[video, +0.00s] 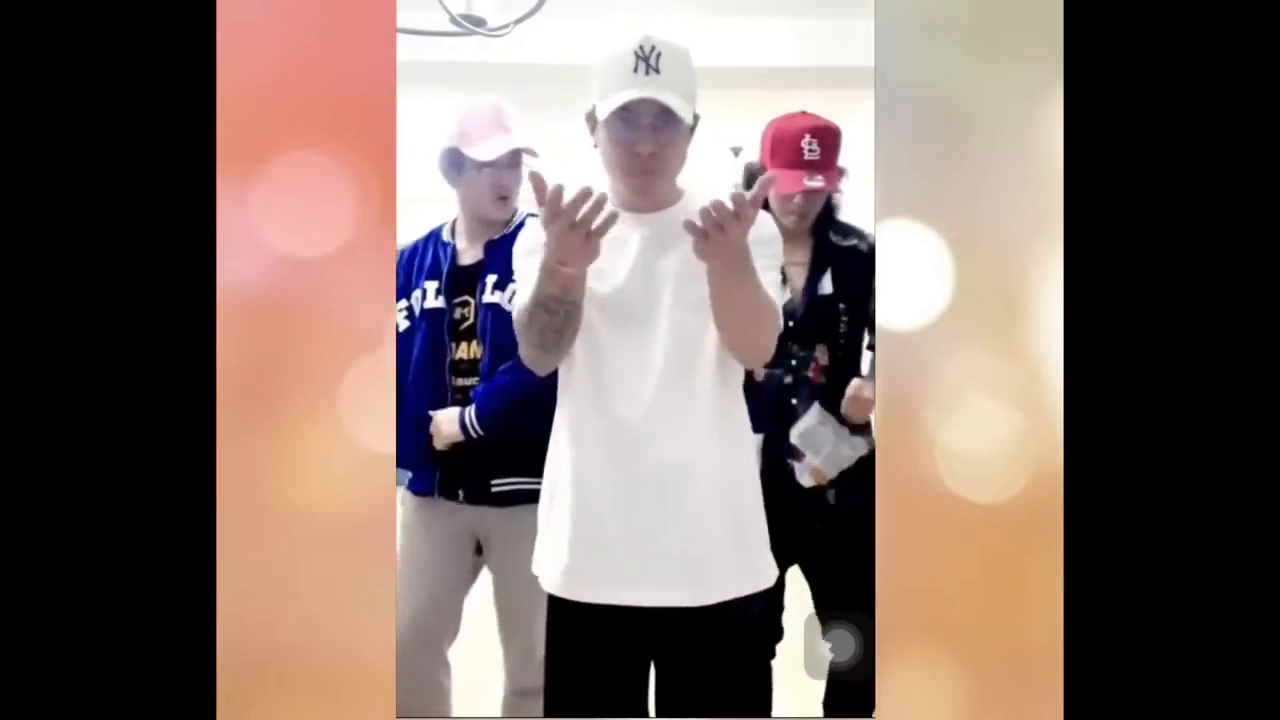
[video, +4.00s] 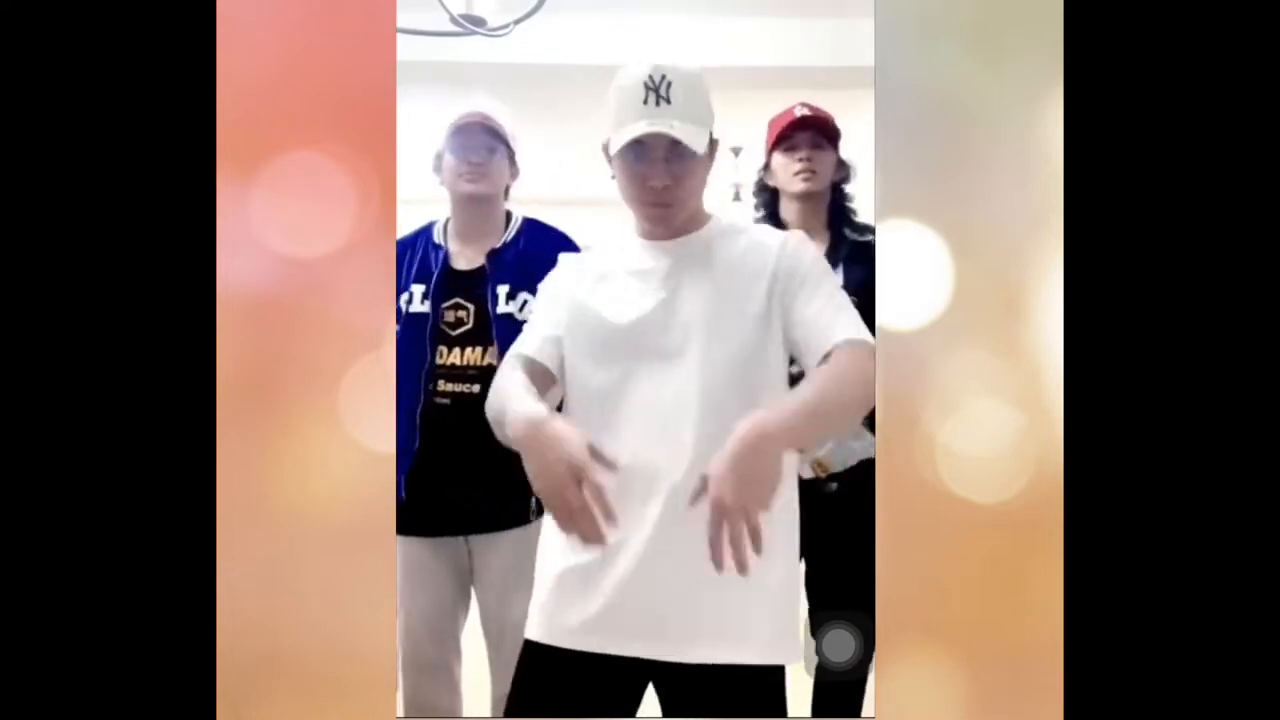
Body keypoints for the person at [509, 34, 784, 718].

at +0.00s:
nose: (644, 140)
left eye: (665, 121)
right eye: (626, 119)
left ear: (691, 133)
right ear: (594, 130)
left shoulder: (734, 234)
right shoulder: (558, 236)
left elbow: (757, 352)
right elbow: (540, 354)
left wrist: (727, 262)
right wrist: (563, 272)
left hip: (716, 559)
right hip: (592, 559)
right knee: (588, 719)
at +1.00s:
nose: (647, 157)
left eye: (667, 137)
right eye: (628, 137)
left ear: (697, 150)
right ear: (602, 151)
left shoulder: (755, 248)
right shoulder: (572, 255)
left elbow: (791, 383)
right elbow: (527, 384)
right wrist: (551, 358)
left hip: (714, 568)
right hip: (583, 563)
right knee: (549, 717)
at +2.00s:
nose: (649, 168)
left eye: (667, 148)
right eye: (629, 148)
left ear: (699, 161)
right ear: (603, 162)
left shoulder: (746, 281)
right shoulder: (552, 261)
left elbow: (751, 419)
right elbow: (508, 378)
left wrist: (721, 384)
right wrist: (553, 348)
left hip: (694, 572)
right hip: (561, 564)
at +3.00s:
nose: (662, 148)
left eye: (682, 128)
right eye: (644, 125)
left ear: (704, 142)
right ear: (609, 135)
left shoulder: (745, 249)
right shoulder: (565, 239)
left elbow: (791, 345)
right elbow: (513, 330)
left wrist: (802, 214)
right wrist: (550, 216)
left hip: (730, 574)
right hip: (598, 573)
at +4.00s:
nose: (659, 174)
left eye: (679, 152)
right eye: (639, 152)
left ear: (712, 156)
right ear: (609, 159)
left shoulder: (775, 260)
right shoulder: (576, 278)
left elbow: (858, 366)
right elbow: (510, 387)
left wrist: (767, 436)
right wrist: (535, 432)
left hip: (726, 616)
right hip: (585, 611)